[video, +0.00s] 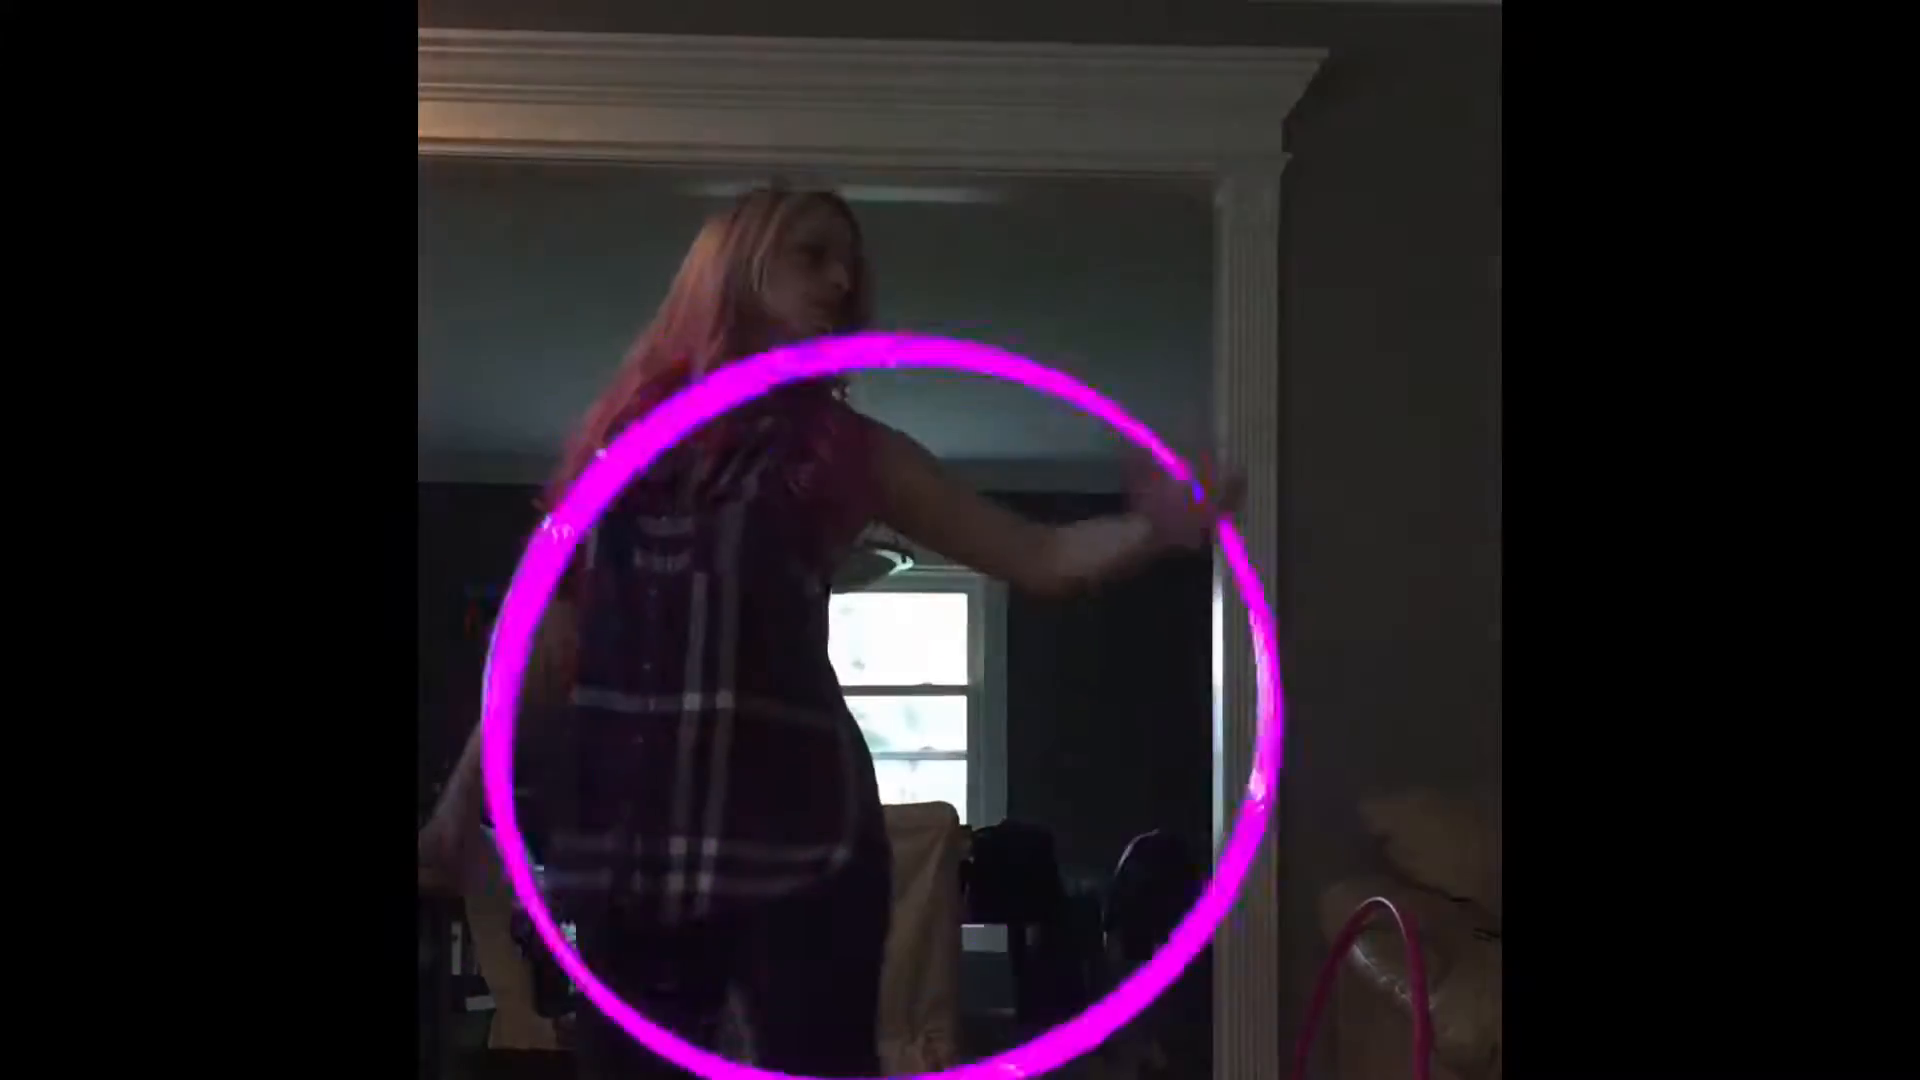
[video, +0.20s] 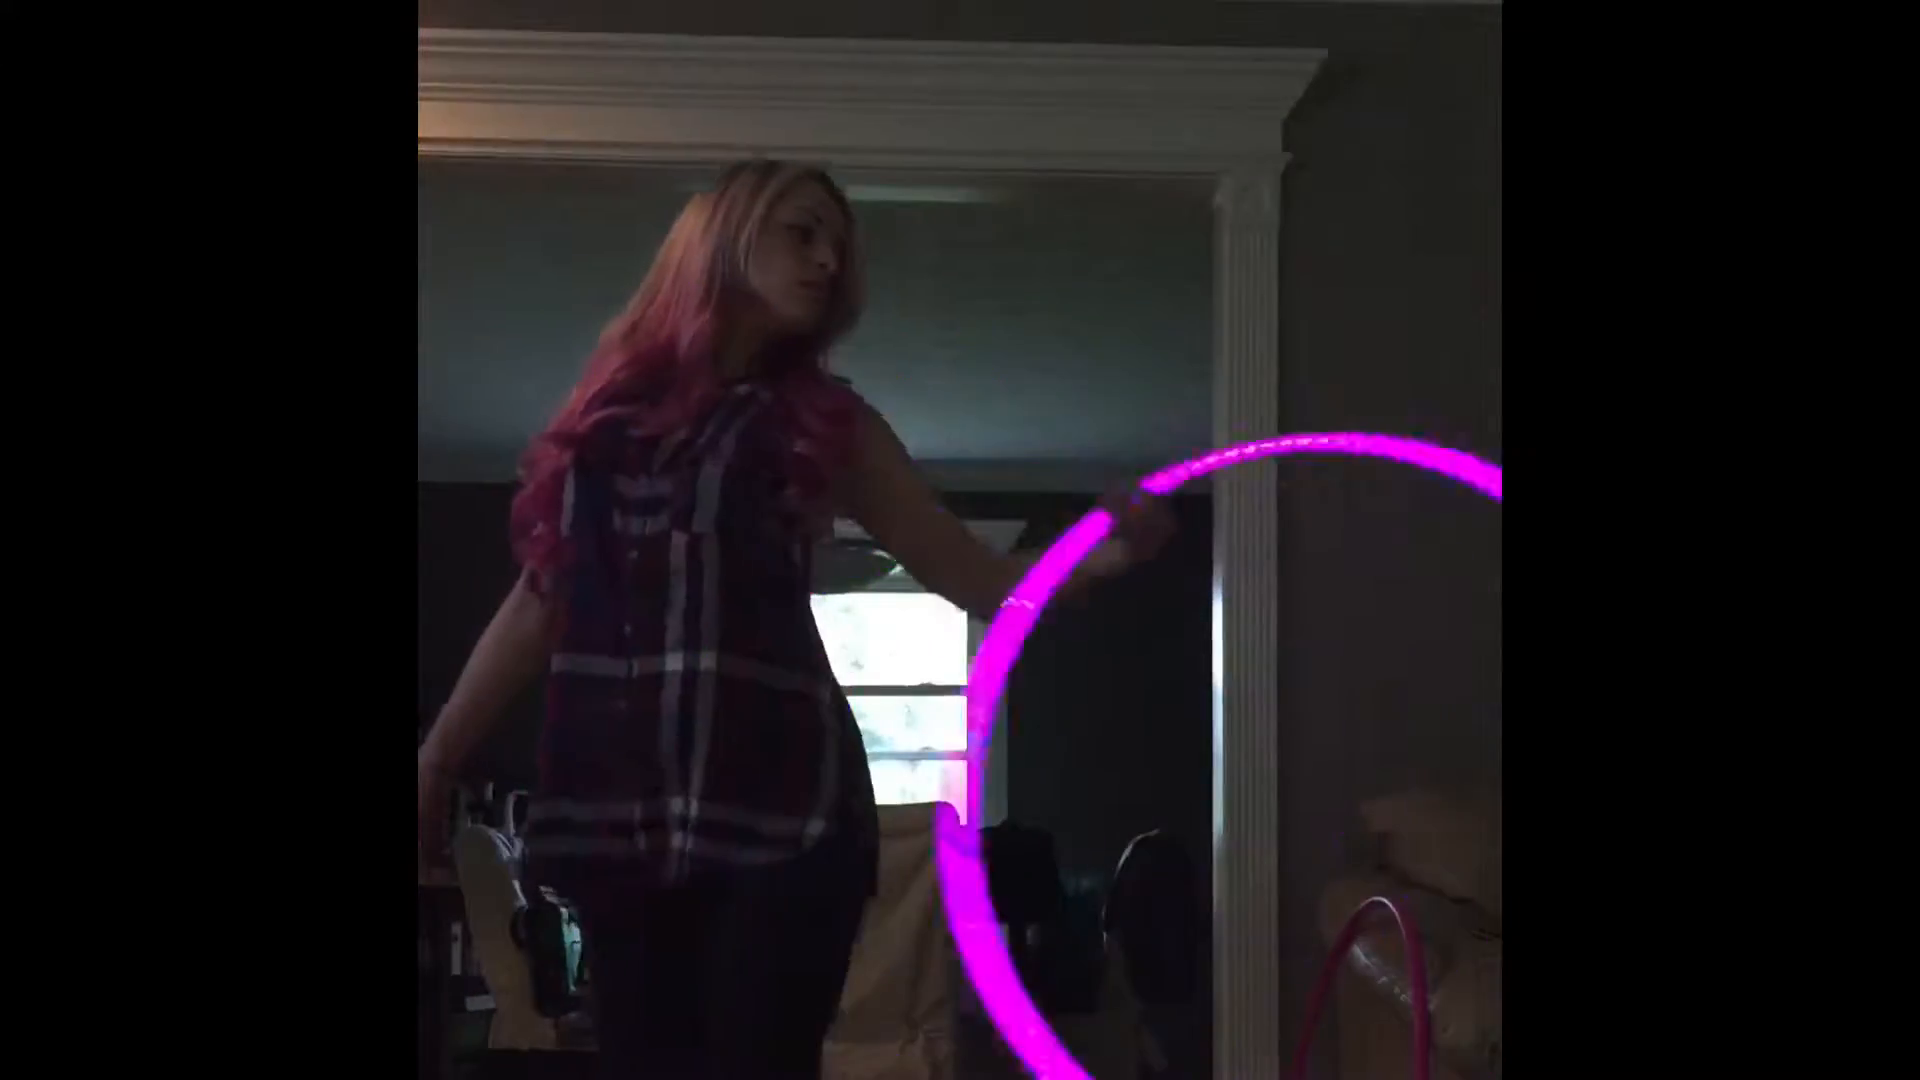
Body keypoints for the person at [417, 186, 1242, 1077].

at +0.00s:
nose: (840, 278)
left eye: (850, 263)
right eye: (811, 253)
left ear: (855, 290)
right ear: (736, 268)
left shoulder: (838, 443)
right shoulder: (624, 439)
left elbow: (1032, 555)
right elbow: (545, 647)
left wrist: (1148, 531)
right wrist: (458, 804)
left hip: (798, 844)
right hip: (626, 839)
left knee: (814, 1072)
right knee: (626, 1065)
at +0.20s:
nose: (828, 259)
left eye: (840, 246)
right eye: (802, 230)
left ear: (843, 276)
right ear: (726, 239)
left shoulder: (817, 414)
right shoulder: (610, 411)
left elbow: (975, 575)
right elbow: (539, 604)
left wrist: (1101, 553)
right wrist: (437, 761)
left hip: (784, 817)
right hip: (619, 816)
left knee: (757, 1059)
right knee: (641, 1055)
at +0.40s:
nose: (818, 256)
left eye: (828, 242)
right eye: (792, 230)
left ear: (832, 271)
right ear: (715, 238)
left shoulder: (812, 422)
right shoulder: (593, 418)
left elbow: (993, 573)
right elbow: (523, 610)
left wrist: (1188, 569)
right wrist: (429, 768)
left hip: (773, 837)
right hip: (601, 840)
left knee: (766, 1063)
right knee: (634, 1062)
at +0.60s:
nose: (803, 252)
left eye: (813, 237)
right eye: (773, 227)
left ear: (820, 265)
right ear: (696, 244)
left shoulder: (797, 417)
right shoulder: (580, 426)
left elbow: (1003, 508)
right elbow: (502, 623)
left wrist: (1216, 495)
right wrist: (409, 743)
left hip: (775, 838)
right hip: (604, 844)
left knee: (767, 1065)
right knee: (640, 1063)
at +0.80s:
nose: (778, 252)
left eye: (793, 238)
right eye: (748, 228)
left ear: (805, 267)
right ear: (678, 243)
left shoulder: (810, 419)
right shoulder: (590, 418)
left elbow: (967, 532)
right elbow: (488, 612)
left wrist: (1124, 502)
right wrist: (416, 683)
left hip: (793, 833)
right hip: (625, 835)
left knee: (781, 1059)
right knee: (648, 1056)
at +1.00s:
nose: (768, 247)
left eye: (788, 226)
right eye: (742, 223)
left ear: (815, 246)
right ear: (691, 245)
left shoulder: (853, 412)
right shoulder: (610, 425)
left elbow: (905, 579)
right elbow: (534, 616)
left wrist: (850, 548)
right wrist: (545, 518)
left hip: (814, 822)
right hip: (645, 821)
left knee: (818, 1058)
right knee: (667, 1063)